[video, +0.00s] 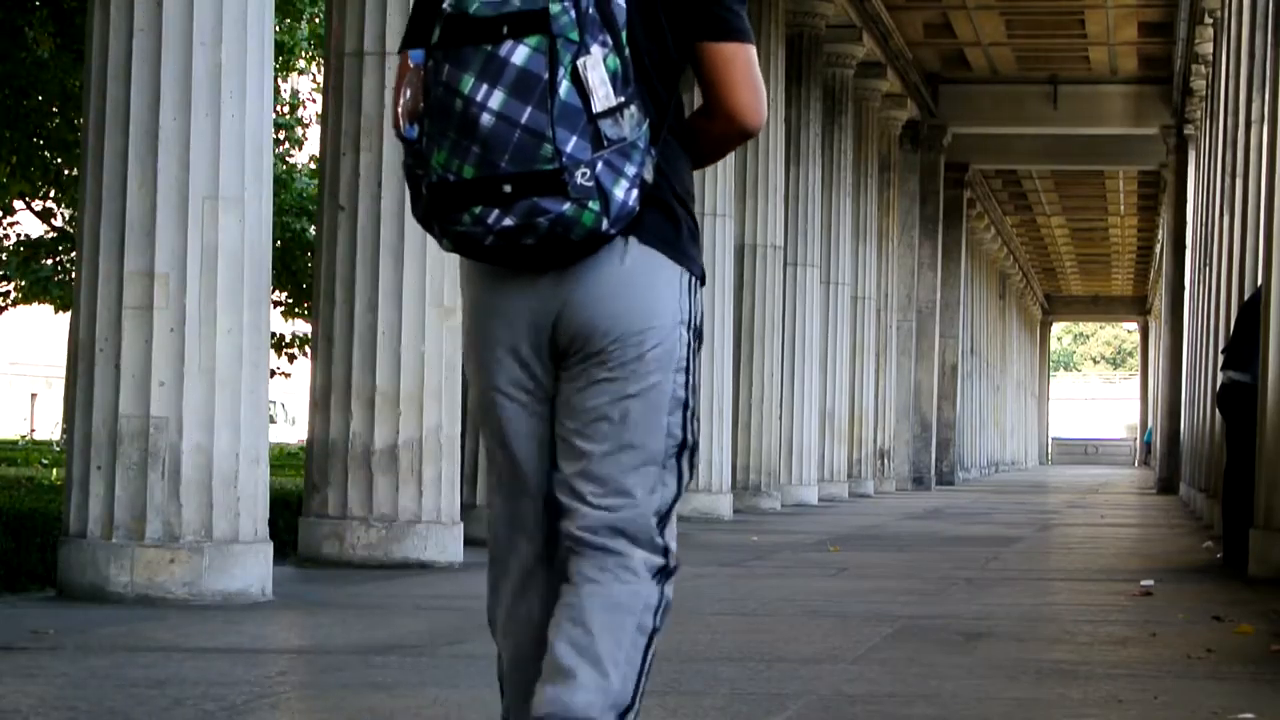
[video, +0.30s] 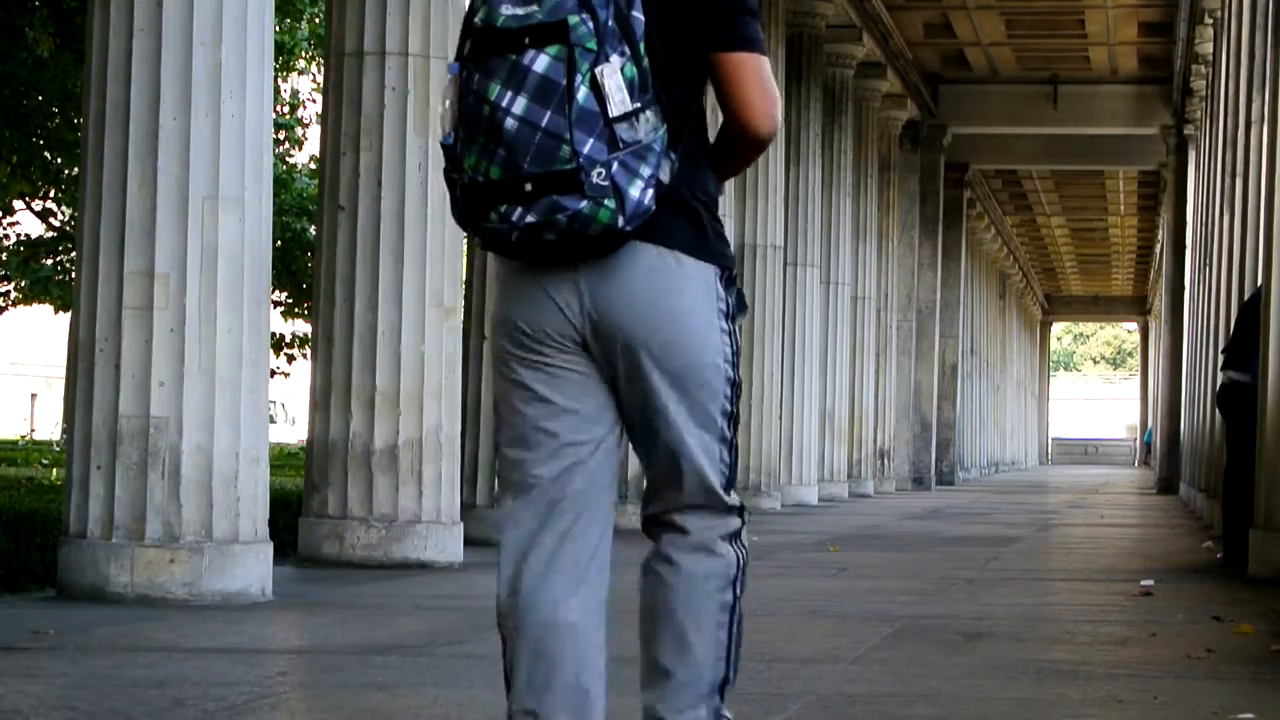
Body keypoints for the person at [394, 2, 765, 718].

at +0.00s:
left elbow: (411, 104)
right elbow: (741, 108)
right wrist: (663, 155)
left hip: (498, 266)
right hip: (630, 261)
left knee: (518, 539)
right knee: (614, 541)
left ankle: (526, 705)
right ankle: (573, 706)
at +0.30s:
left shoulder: (511, 1)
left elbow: (463, 115)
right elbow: (758, 118)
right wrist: (701, 173)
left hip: (530, 263)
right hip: (659, 259)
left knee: (550, 521)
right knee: (694, 514)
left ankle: (548, 708)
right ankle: (684, 707)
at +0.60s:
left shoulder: (585, 3)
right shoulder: (768, 7)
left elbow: (531, 141)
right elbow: (815, 159)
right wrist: (760, 199)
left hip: (601, 287)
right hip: (723, 288)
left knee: (601, 510)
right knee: (726, 528)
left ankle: (582, 664)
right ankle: (724, 702)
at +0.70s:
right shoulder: (788, 6)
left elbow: (545, 136)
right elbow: (838, 156)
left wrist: (628, 188)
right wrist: (774, 192)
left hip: (620, 282)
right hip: (739, 285)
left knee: (626, 485)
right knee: (732, 514)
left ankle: (618, 631)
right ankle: (724, 704)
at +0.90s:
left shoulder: (629, 10)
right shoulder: (801, 18)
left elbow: (568, 149)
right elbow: (857, 165)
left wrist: (651, 191)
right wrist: (781, 192)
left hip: (640, 290)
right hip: (756, 288)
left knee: (652, 506)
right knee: (739, 509)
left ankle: (653, 697)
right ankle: (725, 707)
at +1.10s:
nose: (796, 0)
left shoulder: (635, 47)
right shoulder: (804, 54)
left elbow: (579, 180)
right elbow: (855, 191)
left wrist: (658, 219)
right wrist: (789, 217)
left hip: (659, 310)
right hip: (767, 307)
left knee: (680, 503)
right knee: (751, 508)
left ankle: (687, 689)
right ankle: (728, 699)